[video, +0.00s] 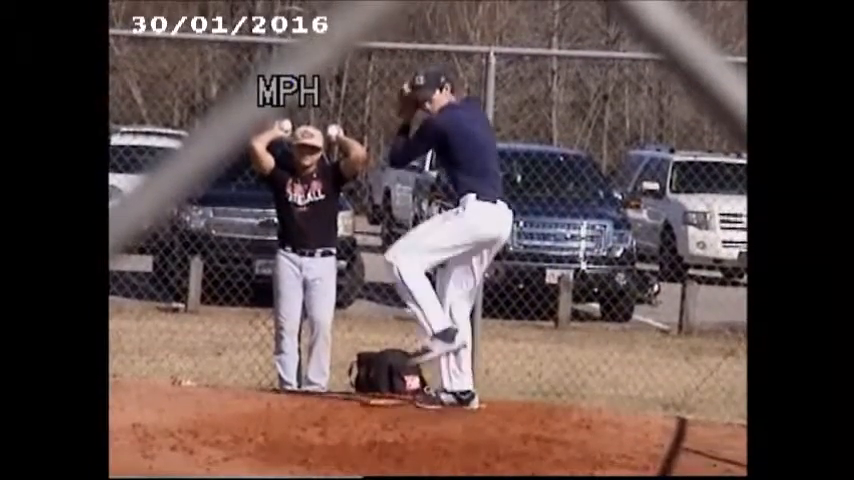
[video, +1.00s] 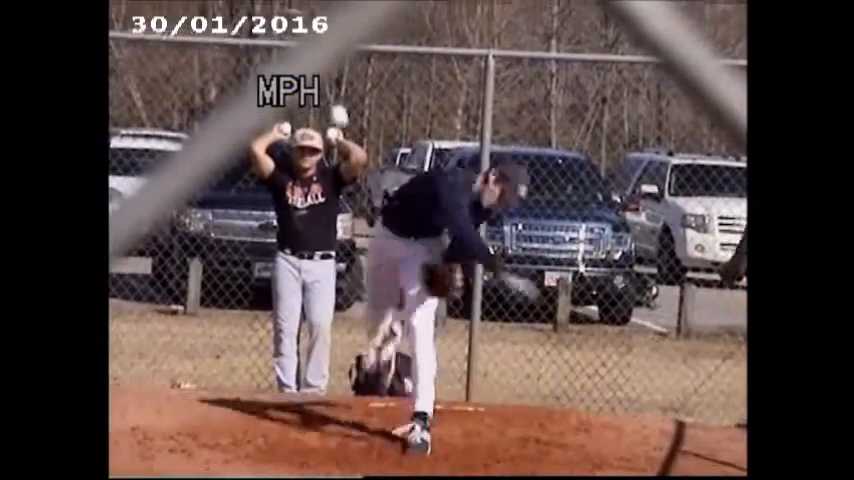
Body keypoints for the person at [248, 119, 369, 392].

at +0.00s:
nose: (307, 157)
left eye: (313, 151)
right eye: (302, 150)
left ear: (322, 152)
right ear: (292, 150)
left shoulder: (333, 174)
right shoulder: (281, 176)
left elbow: (360, 156)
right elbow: (256, 146)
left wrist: (341, 138)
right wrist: (277, 131)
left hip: (323, 258)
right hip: (288, 257)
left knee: (321, 321)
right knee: (286, 323)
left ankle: (317, 382)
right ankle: (287, 382)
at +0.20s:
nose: (307, 159)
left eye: (313, 153)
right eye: (302, 153)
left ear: (322, 153)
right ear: (292, 152)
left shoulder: (333, 175)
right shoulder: (281, 177)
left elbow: (361, 158)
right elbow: (257, 148)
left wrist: (341, 140)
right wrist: (277, 132)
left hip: (323, 260)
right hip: (289, 259)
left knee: (322, 323)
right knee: (287, 324)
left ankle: (317, 384)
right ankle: (287, 384)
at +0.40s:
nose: (308, 153)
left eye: (314, 148)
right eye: (302, 148)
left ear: (323, 153)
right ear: (293, 153)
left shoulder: (334, 179)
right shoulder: (282, 179)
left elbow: (361, 161)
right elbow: (257, 150)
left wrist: (341, 142)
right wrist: (277, 135)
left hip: (323, 262)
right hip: (289, 260)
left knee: (321, 327)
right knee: (286, 327)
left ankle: (316, 388)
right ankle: (287, 387)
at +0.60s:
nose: (309, 156)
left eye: (315, 150)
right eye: (303, 150)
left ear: (322, 151)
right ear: (293, 150)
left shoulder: (333, 174)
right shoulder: (282, 176)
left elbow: (361, 157)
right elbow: (257, 148)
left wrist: (341, 139)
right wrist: (277, 132)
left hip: (323, 260)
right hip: (289, 258)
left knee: (322, 323)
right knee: (286, 324)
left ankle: (318, 382)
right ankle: (288, 384)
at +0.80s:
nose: (307, 154)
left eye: (313, 148)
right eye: (302, 148)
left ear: (321, 149)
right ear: (292, 149)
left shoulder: (331, 173)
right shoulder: (280, 175)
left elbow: (360, 154)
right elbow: (256, 146)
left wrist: (339, 137)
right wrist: (274, 129)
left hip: (322, 258)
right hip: (287, 256)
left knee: (320, 321)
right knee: (285, 322)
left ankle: (315, 382)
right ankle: (286, 382)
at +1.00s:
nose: (307, 158)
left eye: (313, 152)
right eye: (302, 152)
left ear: (322, 153)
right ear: (292, 153)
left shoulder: (332, 177)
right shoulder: (281, 179)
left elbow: (361, 159)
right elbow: (256, 151)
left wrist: (339, 141)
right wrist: (274, 134)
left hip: (322, 262)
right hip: (288, 260)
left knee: (320, 325)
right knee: (285, 326)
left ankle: (315, 386)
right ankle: (286, 386)